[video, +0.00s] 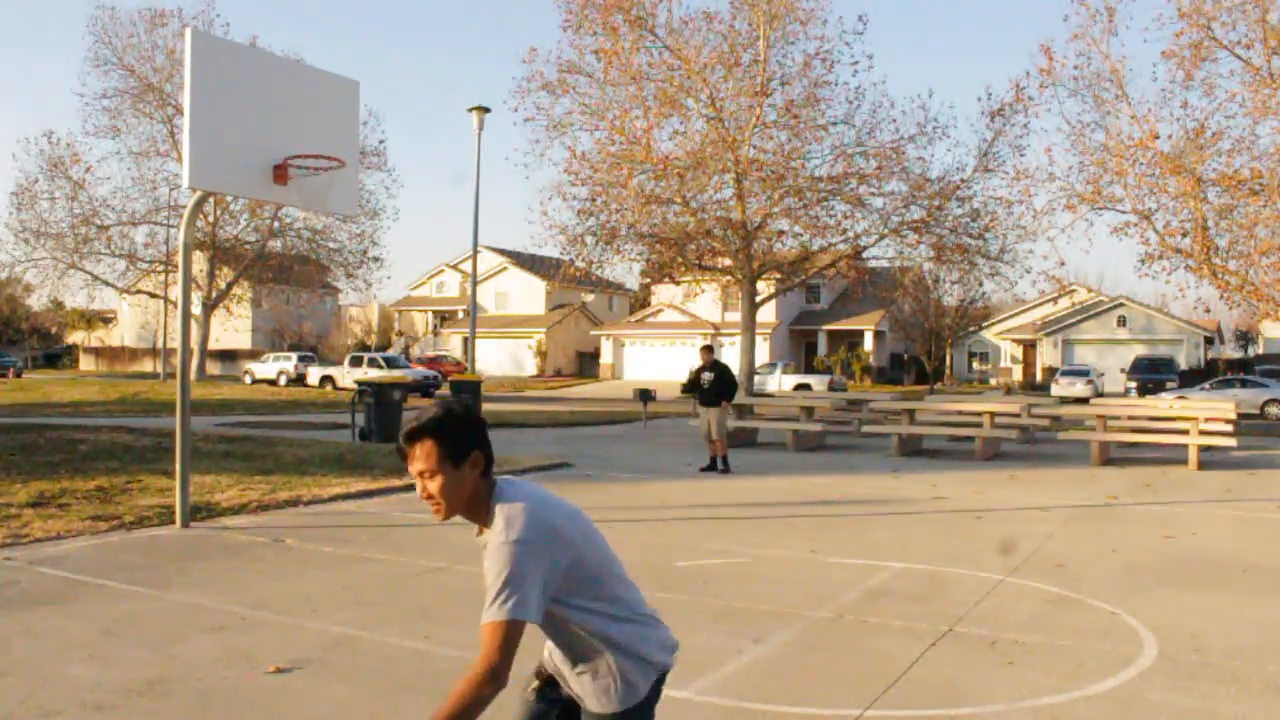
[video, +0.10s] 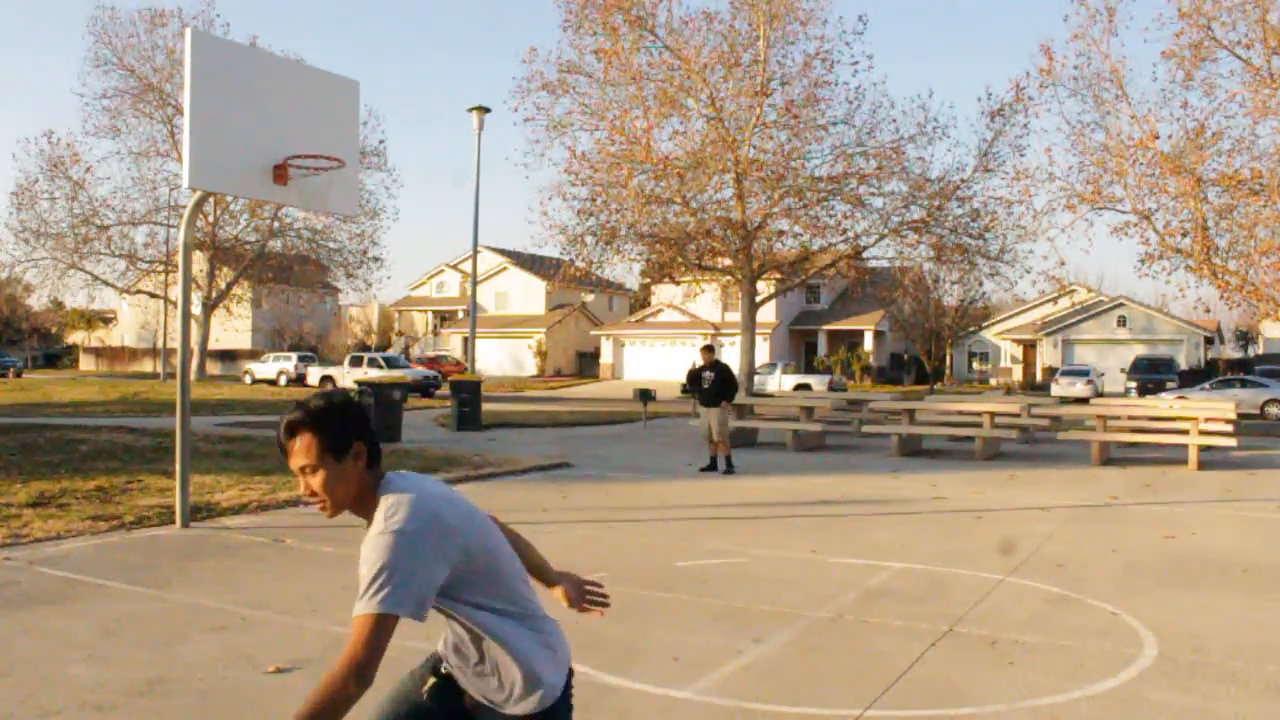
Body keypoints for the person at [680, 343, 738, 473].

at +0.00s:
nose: (702, 357)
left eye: (705, 354)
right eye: (701, 354)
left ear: (711, 354)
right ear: (701, 355)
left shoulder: (722, 368)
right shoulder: (699, 370)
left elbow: (733, 384)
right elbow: (693, 386)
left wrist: (727, 400)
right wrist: (686, 388)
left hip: (718, 405)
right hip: (704, 406)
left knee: (718, 436)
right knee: (709, 437)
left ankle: (725, 463)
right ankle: (712, 462)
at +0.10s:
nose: (703, 357)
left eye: (705, 354)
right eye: (702, 354)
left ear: (711, 354)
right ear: (702, 355)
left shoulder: (722, 368)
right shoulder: (701, 370)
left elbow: (733, 385)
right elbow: (691, 382)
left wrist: (727, 400)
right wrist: (693, 371)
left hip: (718, 406)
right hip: (705, 406)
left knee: (720, 437)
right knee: (710, 438)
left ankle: (729, 464)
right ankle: (712, 463)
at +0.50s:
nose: (710, 357)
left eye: (712, 354)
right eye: (709, 353)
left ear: (719, 355)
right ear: (711, 355)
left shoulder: (731, 370)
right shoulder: (707, 370)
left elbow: (738, 388)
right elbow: (700, 385)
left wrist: (732, 403)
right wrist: (689, 388)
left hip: (724, 408)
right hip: (709, 407)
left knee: (725, 438)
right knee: (712, 438)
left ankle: (729, 464)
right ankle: (713, 462)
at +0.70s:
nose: (712, 356)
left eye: (714, 354)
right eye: (712, 353)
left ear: (720, 355)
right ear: (718, 355)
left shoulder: (735, 371)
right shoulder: (712, 369)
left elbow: (741, 390)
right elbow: (705, 388)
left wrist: (739, 406)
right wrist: (702, 403)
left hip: (727, 408)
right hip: (711, 407)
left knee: (728, 438)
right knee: (708, 438)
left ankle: (730, 464)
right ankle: (711, 461)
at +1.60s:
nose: (700, 357)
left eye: (702, 354)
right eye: (700, 354)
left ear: (708, 355)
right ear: (703, 355)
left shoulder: (720, 369)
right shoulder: (698, 370)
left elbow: (730, 386)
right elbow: (691, 386)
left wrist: (723, 403)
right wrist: (684, 400)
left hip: (716, 407)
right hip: (700, 407)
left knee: (718, 437)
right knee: (701, 438)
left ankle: (728, 459)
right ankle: (702, 465)